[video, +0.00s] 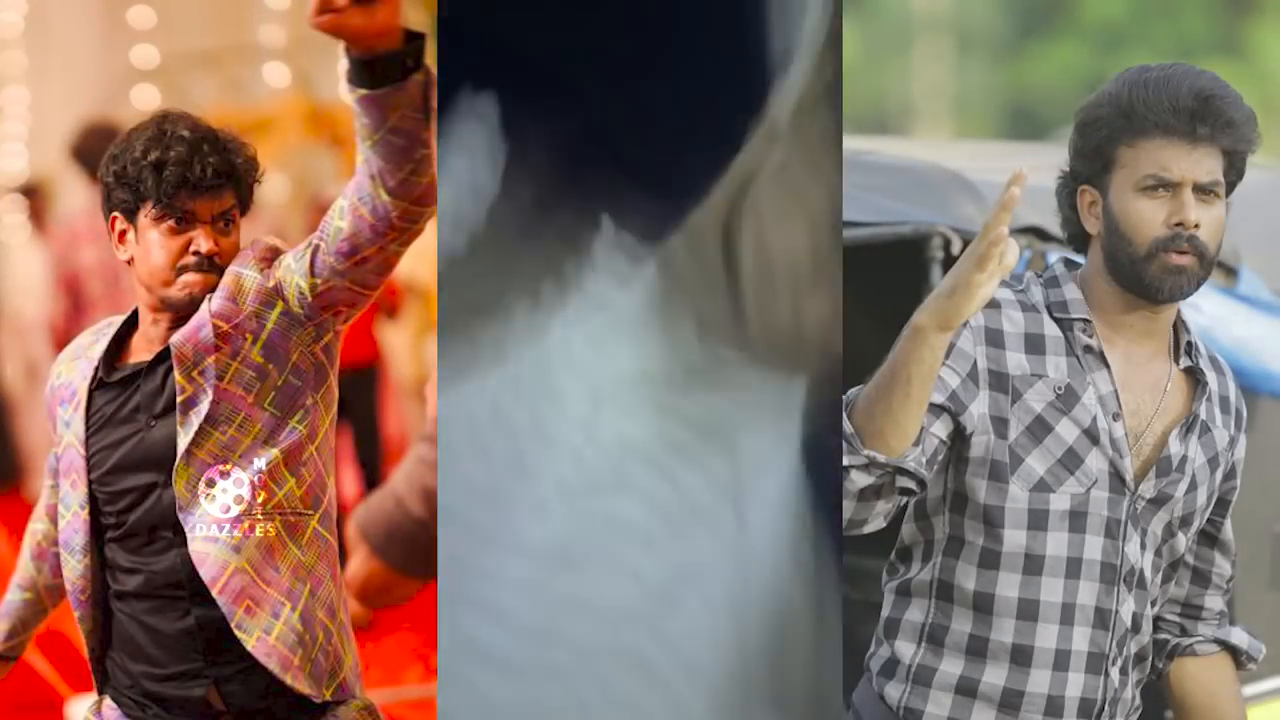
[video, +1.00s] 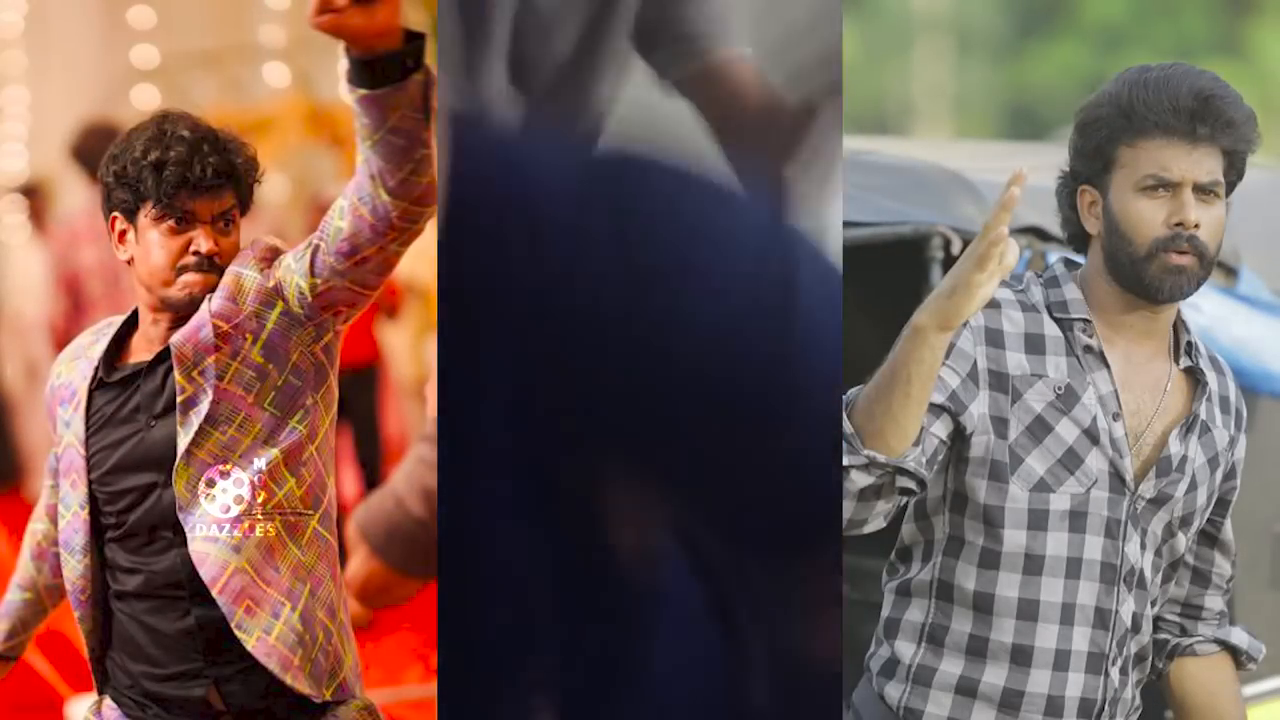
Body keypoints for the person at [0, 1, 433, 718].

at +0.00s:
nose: (206, 245)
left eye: (223, 222)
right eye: (179, 222)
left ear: (243, 230)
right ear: (122, 236)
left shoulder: (287, 312)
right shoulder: (76, 373)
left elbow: (394, 199)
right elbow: (56, 524)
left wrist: (380, 52)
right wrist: (7, 634)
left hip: (291, 700)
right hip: (140, 705)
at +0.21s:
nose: (206, 245)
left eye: (223, 222)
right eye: (179, 222)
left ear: (243, 230)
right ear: (123, 236)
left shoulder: (287, 312)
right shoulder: (76, 373)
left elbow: (394, 200)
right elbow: (56, 524)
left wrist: (380, 52)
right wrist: (7, 634)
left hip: (290, 700)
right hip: (140, 705)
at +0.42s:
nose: (206, 245)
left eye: (224, 222)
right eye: (179, 222)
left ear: (242, 230)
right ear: (122, 237)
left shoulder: (287, 312)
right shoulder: (76, 373)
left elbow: (393, 200)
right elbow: (56, 524)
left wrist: (380, 52)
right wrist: (8, 633)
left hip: (291, 700)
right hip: (140, 705)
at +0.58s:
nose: (206, 245)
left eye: (223, 222)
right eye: (179, 222)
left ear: (243, 230)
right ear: (122, 236)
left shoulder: (287, 312)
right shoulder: (76, 373)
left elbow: (394, 199)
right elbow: (56, 524)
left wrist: (380, 52)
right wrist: (7, 634)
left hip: (291, 701)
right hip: (140, 705)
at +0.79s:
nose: (206, 245)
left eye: (223, 222)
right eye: (179, 222)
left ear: (243, 230)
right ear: (122, 236)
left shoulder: (287, 312)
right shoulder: (76, 373)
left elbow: (394, 199)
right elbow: (56, 524)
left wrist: (380, 52)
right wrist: (7, 634)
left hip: (291, 700)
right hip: (140, 705)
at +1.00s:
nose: (206, 245)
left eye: (223, 222)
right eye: (179, 222)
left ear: (243, 230)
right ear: (122, 236)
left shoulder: (287, 312)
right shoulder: (76, 373)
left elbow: (394, 199)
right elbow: (56, 525)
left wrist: (380, 52)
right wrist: (7, 634)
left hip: (291, 700)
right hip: (140, 705)